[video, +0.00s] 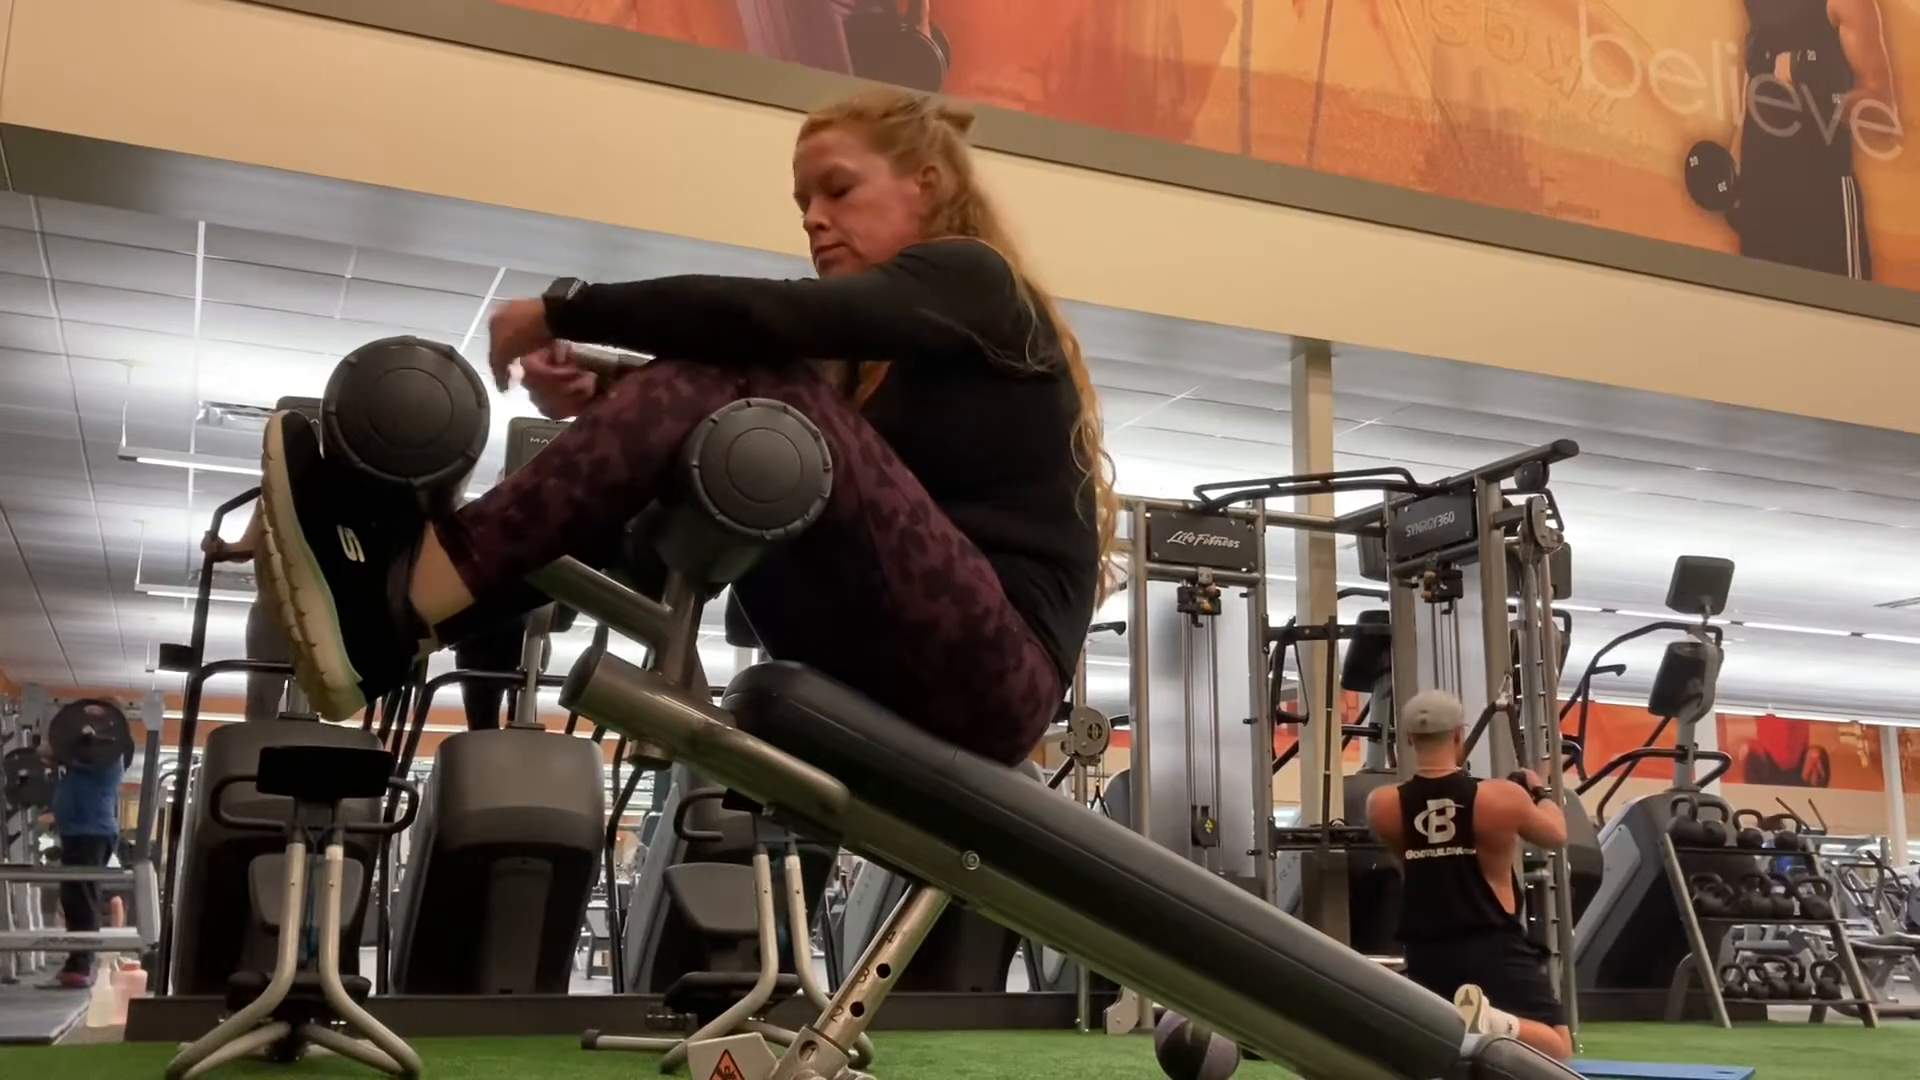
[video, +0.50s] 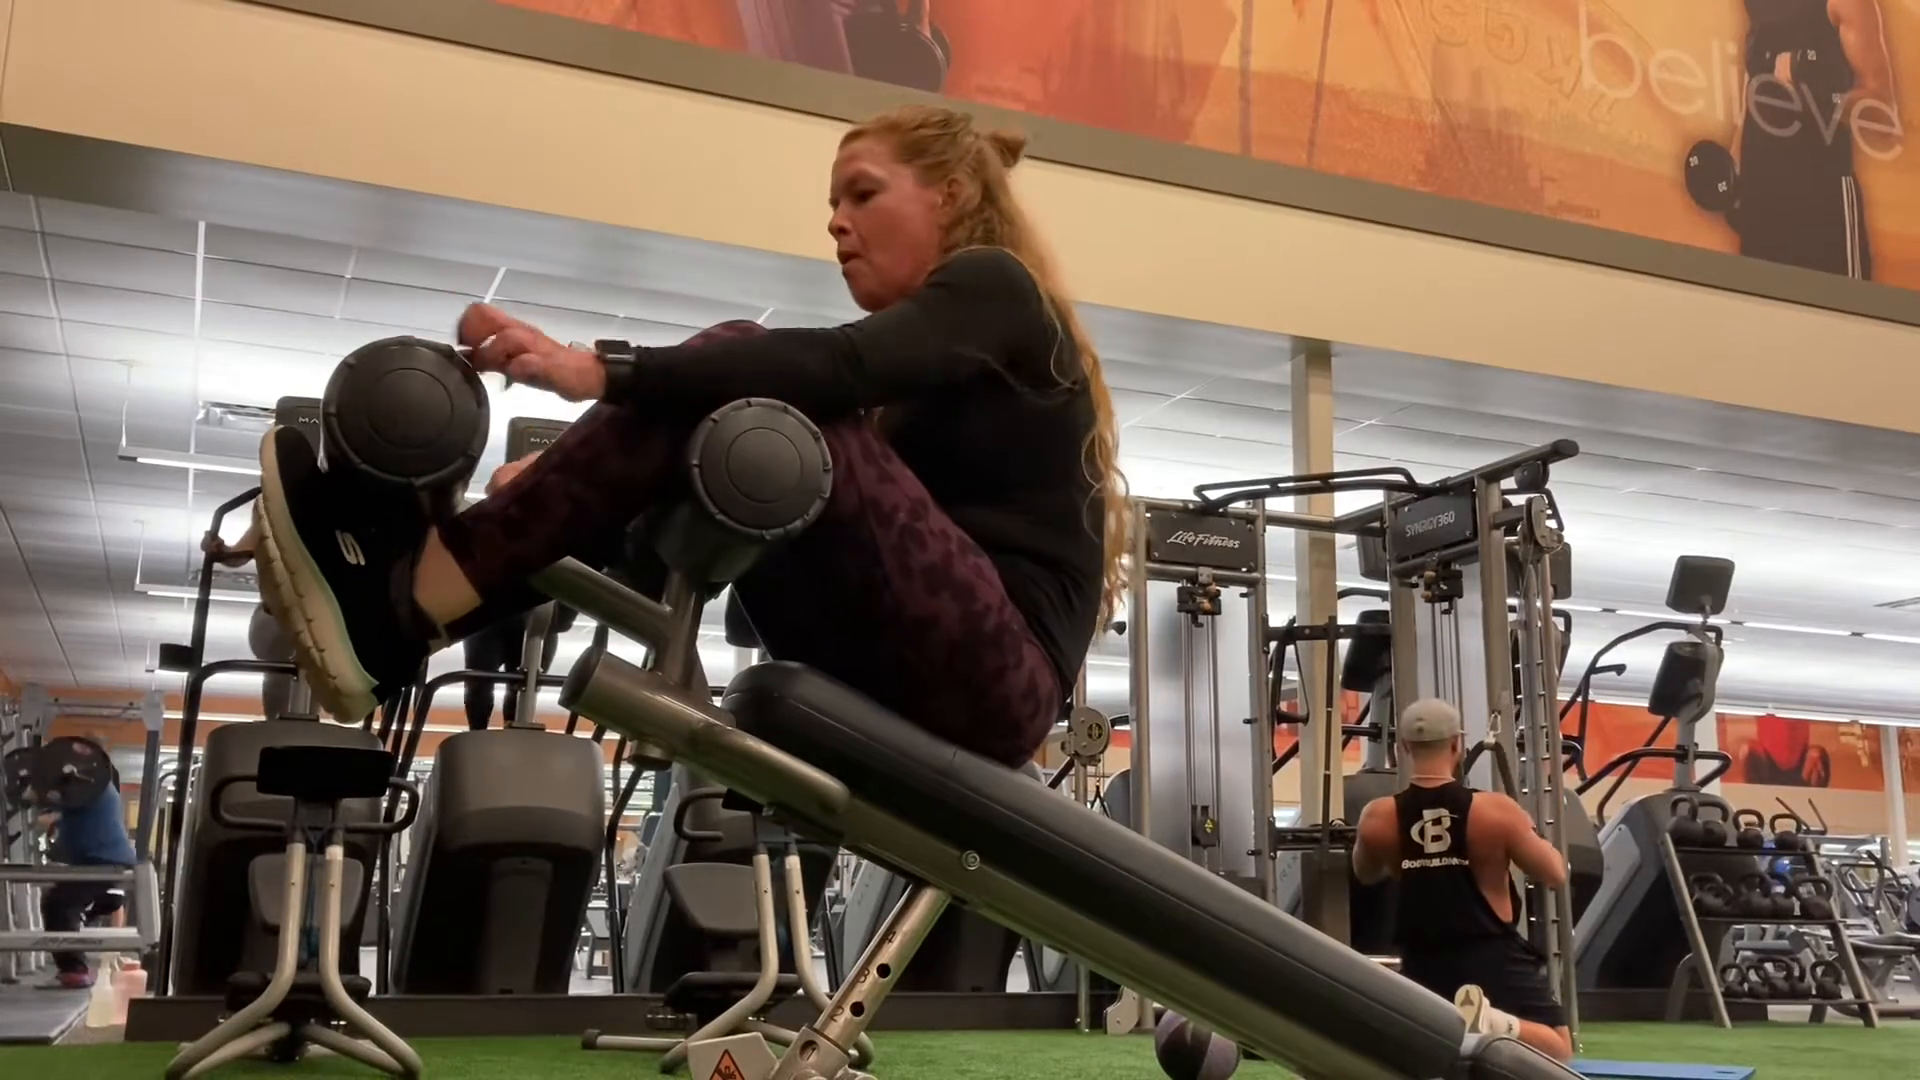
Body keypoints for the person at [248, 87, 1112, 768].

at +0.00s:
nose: (814, 222)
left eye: (839, 191)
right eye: (807, 204)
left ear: (927, 186)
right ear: (808, 214)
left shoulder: (974, 281)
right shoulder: (866, 325)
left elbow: (775, 318)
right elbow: (769, 375)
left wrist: (555, 308)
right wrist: (613, 389)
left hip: (992, 671)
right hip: (889, 656)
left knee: (775, 379)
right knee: (723, 393)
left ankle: (429, 589)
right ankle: (415, 598)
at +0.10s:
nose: (817, 223)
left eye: (841, 194)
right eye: (812, 204)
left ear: (931, 187)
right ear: (818, 212)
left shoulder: (979, 284)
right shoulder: (879, 326)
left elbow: (778, 322)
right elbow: (755, 372)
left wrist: (541, 301)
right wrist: (583, 378)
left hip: (992, 671)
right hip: (891, 652)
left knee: (768, 383)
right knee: (710, 394)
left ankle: (423, 595)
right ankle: (405, 608)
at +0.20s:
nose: (819, 222)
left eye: (844, 193)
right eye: (816, 203)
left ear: (936, 189)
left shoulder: (984, 286)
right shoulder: (875, 337)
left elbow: (784, 330)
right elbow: (753, 406)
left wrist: (541, 311)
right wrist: (558, 423)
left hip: (993, 673)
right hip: (886, 655)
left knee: (773, 398)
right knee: (703, 394)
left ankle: (422, 601)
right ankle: (409, 595)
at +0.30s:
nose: (822, 220)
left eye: (849, 192)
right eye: (820, 201)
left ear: (941, 193)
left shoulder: (985, 289)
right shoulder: (872, 348)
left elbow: (811, 351)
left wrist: (564, 335)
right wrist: (558, 471)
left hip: (993, 676)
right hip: (880, 656)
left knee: (783, 411)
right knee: (701, 394)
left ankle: (420, 604)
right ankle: (402, 606)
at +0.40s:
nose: (828, 223)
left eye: (854, 196)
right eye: (827, 204)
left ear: (944, 197)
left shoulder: (985, 288)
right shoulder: (888, 348)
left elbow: (834, 373)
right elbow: (763, 435)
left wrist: (579, 370)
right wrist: (560, 476)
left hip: (991, 676)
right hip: (888, 658)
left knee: (769, 364)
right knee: (736, 363)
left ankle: (421, 607)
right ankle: (408, 606)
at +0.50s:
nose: (835, 223)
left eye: (862, 196)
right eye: (835, 205)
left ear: (953, 199)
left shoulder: (995, 292)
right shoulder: (897, 345)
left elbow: (827, 373)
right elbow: (765, 416)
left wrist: (592, 369)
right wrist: (554, 480)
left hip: (991, 677)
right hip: (900, 659)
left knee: (764, 359)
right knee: (731, 381)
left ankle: (422, 602)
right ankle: (411, 600)